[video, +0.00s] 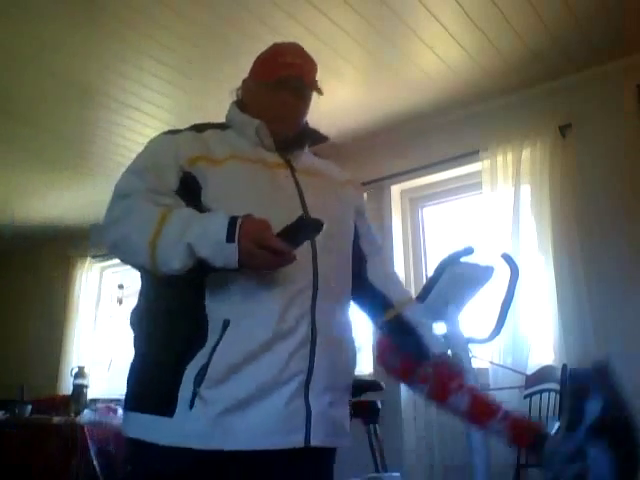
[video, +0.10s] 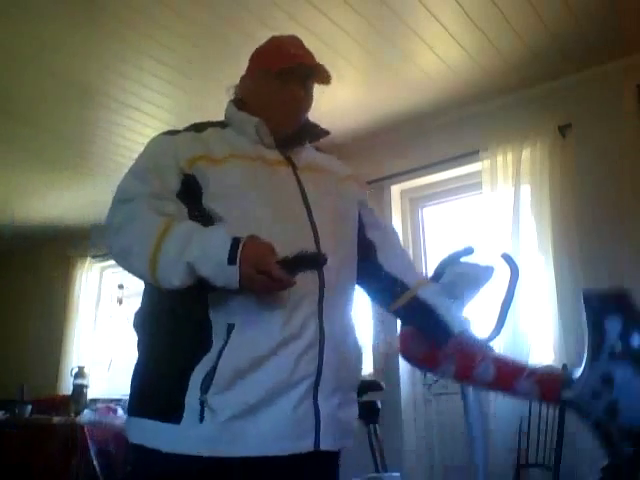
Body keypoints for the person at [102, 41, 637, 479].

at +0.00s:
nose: (302, 96)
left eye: (309, 88)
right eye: (289, 84)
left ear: (314, 101)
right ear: (250, 87)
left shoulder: (339, 186)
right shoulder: (181, 152)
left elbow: (379, 288)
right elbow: (122, 223)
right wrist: (219, 238)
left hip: (308, 430)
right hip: (194, 426)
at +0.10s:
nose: (304, 93)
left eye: (310, 83)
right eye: (290, 80)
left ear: (314, 92)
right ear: (253, 84)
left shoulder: (340, 183)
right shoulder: (180, 151)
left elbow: (400, 284)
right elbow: (128, 226)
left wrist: (447, 301)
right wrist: (223, 256)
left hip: (317, 436)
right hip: (200, 433)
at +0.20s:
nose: (305, 93)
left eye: (310, 82)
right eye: (290, 79)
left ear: (315, 91)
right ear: (251, 84)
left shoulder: (338, 184)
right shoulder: (177, 156)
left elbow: (401, 275)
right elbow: (130, 239)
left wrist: (469, 329)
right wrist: (231, 283)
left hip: (331, 437)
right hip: (211, 440)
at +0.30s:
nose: (303, 89)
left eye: (308, 79)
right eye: (287, 74)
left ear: (313, 88)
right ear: (248, 80)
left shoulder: (330, 178)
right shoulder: (175, 153)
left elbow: (380, 270)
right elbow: (132, 243)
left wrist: (450, 328)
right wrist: (241, 292)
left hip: (330, 425)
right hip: (218, 430)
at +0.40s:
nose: (300, 78)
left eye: (305, 68)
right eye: (289, 62)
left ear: (305, 77)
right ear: (245, 63)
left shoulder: (323, 170)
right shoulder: (171, 135)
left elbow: (352, 273)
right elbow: (129, 230)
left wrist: (413, 341)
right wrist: (243, 286)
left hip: (309, 438)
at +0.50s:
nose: (302, 69)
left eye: (305, 61)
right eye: (290, 52)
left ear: (301, 76)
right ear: (242, 48)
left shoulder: (306, 168)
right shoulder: (164, 116)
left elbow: (325, 278)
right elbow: (124, 209)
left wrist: (352, 347)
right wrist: (247, 280)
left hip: (299, 425)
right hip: (193, 424)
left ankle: (503, 457)